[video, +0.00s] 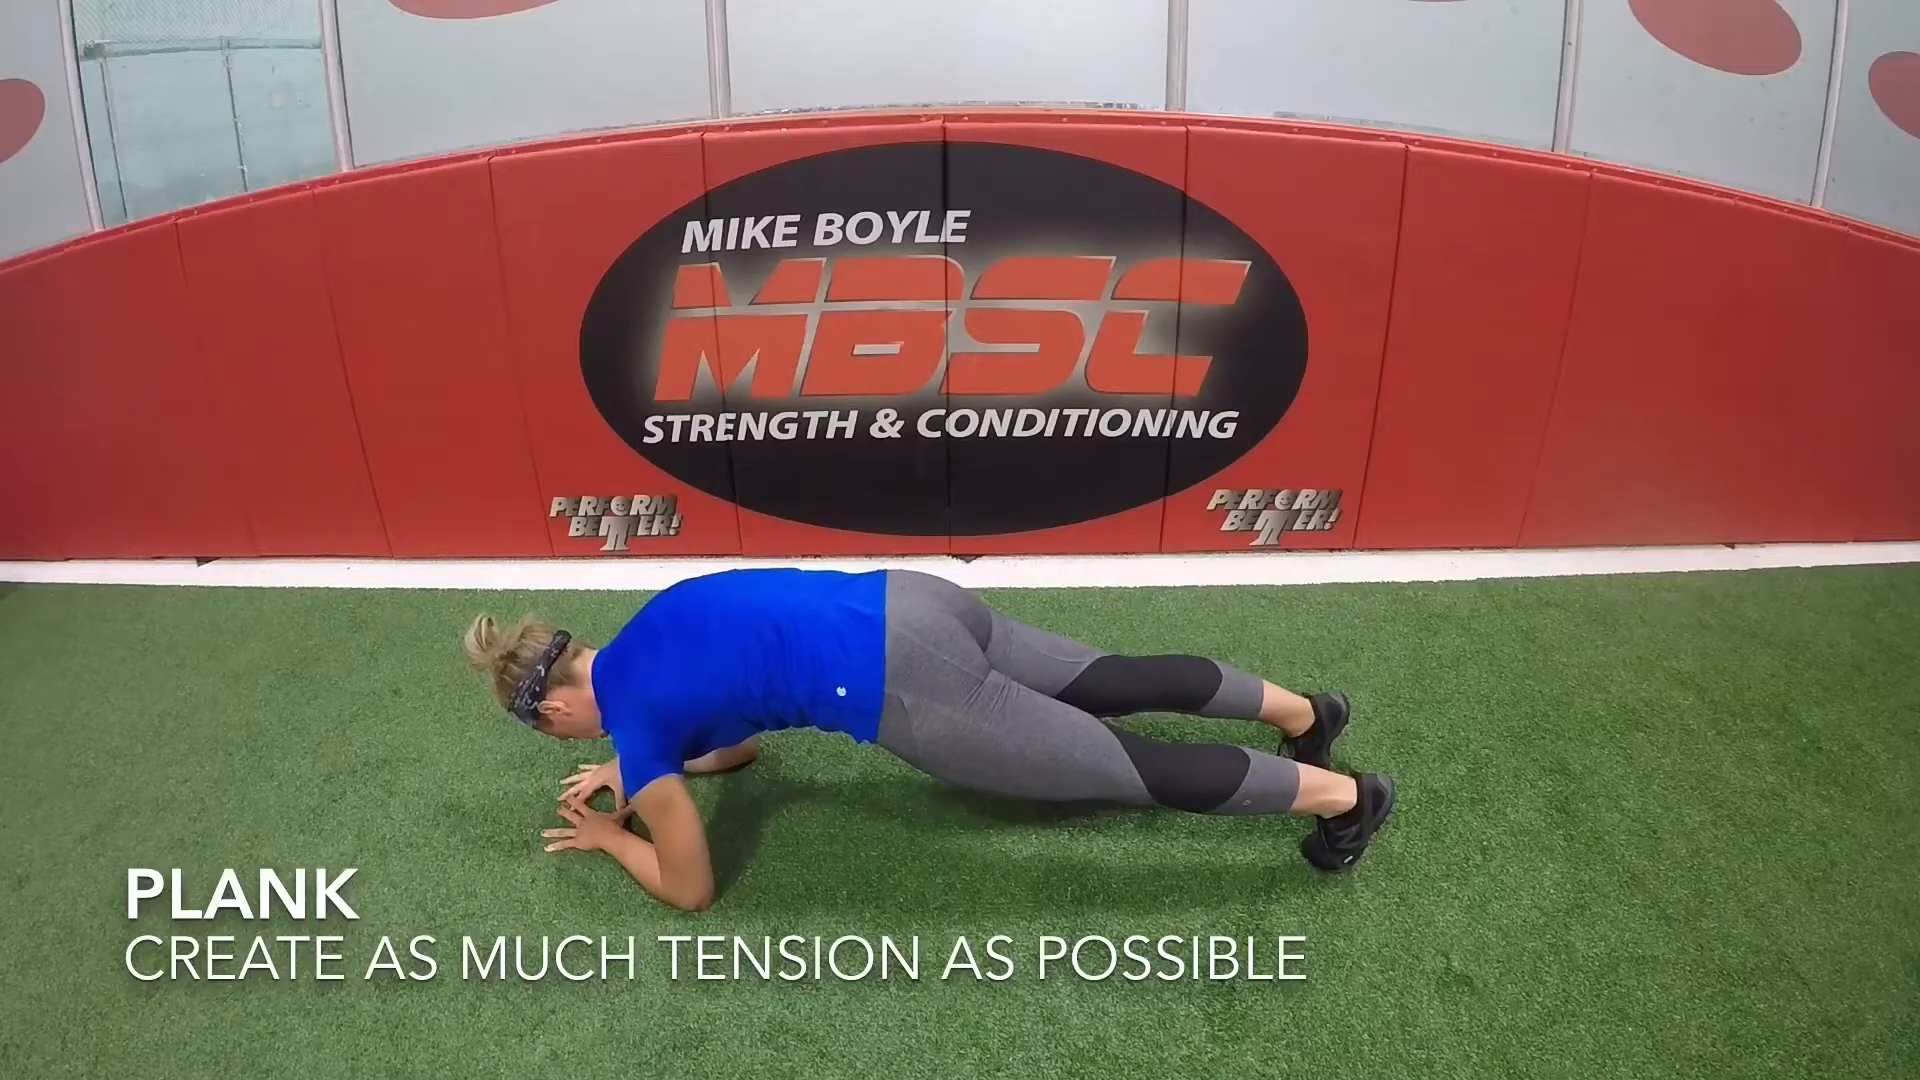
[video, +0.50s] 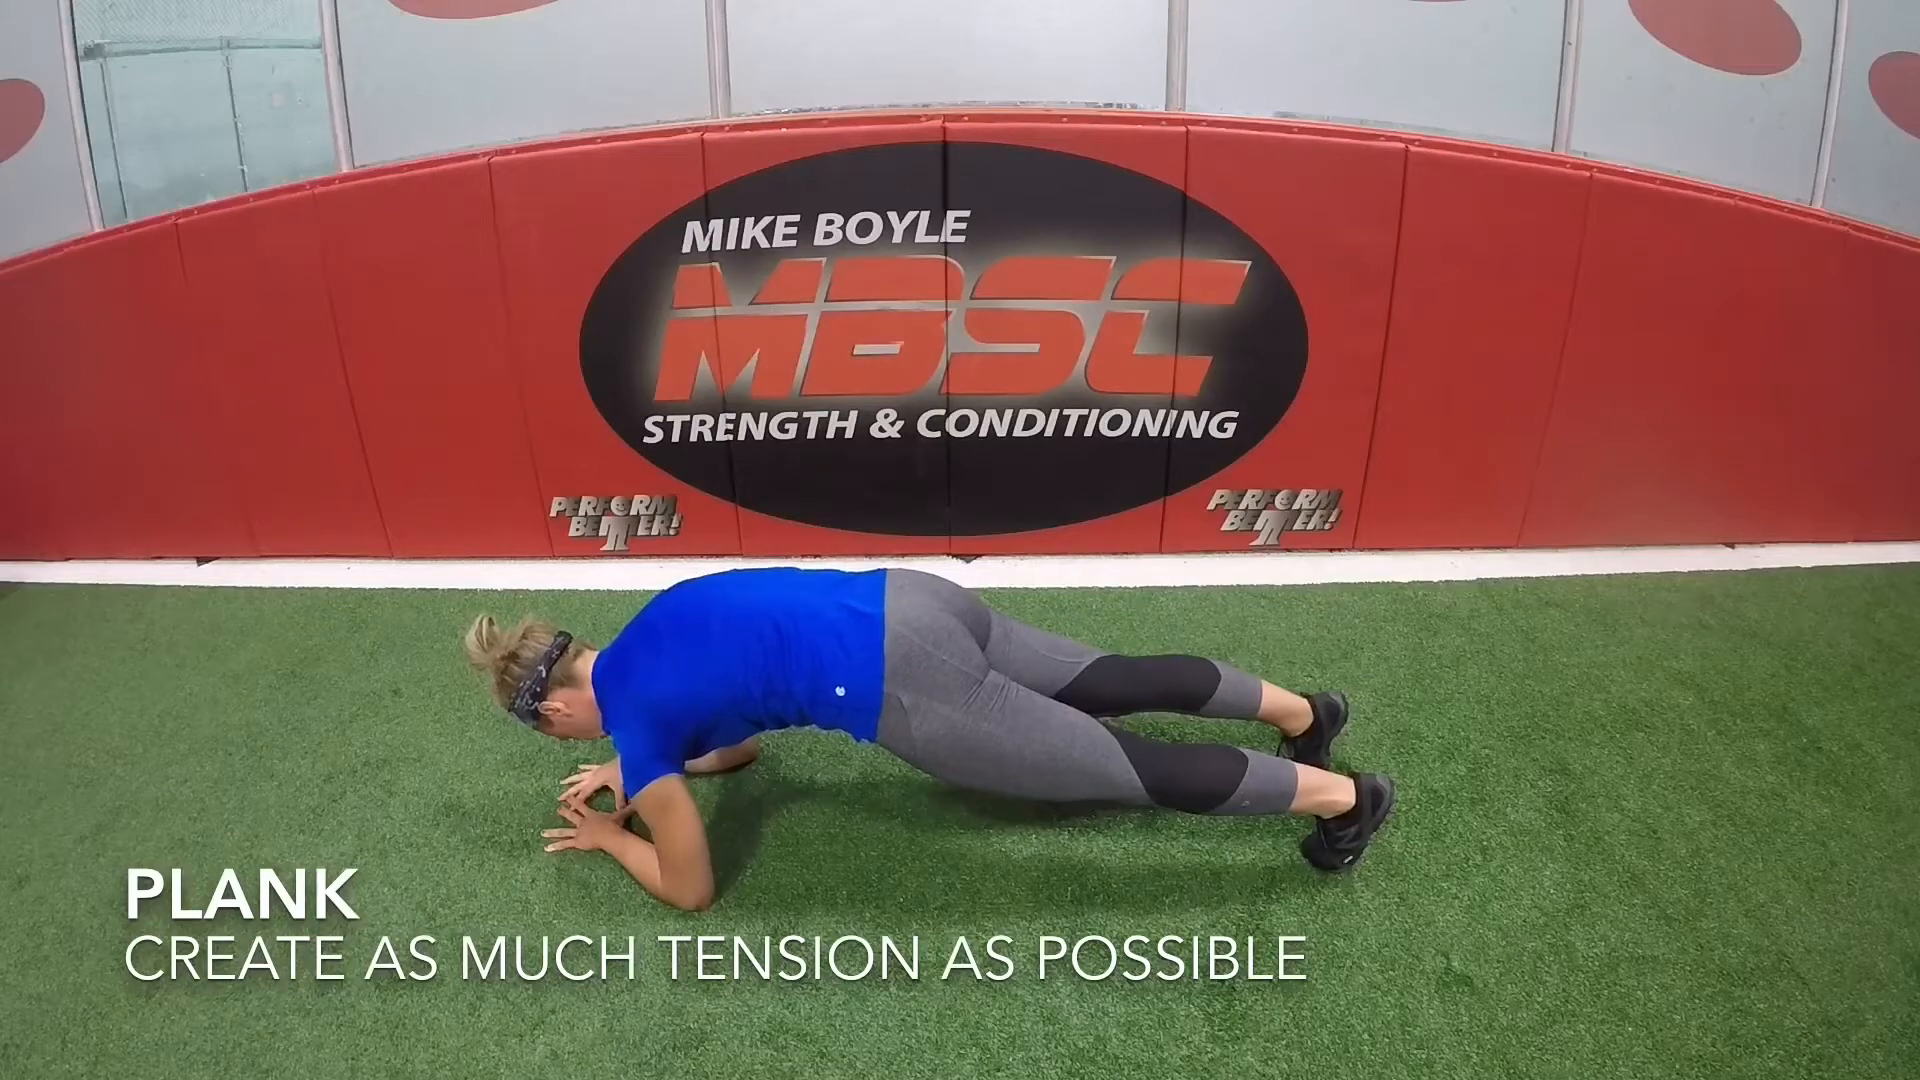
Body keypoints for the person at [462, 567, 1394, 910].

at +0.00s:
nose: (568, 735)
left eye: (553, 729)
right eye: (557, 729)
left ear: (558, 699)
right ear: (574, 647)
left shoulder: (633, 717)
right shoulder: (656, 613)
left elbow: (688, 885)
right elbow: (737, 743)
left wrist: (613, 840)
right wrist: (638, 778)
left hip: (901, 689)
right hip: (915, 593)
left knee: (1133, 769)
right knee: (1106, 678)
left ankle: (1341, 794)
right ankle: (1307, 715)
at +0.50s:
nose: (570, 737)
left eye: (555, 731)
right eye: (559, 731)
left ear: (562, 700)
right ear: (576, 650)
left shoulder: (633, 718)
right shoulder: (657, 613)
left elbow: (687, 885)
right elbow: (738, 744)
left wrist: (615, 841)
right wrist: (639, 778)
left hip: (899, 688)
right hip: (914, 592)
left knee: (1131, 769)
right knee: (1105, 678)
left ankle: (1341, 795)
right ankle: (1307, 715)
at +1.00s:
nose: (570, 737)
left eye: (555, 730)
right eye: (559, 730)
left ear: (561, 700)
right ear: (575, 649)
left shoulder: (633, 717)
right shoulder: (657, 612)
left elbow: (687, 885)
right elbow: (738, 742)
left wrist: (613, 840)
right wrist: (639, 778)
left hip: (899, 689)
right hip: (915, 594)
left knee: (1133, 771)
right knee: (1111, 680)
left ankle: (1342, 796)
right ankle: (1307, 715)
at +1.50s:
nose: (572, 736)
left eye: (556, 730)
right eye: (561, 730)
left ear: (560, 699)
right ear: (575, 648)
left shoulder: (631, 716)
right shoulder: (657, 609)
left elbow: (688, 885)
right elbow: (738, 740)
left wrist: (612, 840)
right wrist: (640, 777)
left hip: (900, 690)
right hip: (916, 593)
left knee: (1131, 771)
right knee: (1110, 681)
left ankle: (1343, 798)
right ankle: (1306, 714)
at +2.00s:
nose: (582, 744)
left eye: (564, 732)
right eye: (569, 734)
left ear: (575, 703)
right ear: (581, 660)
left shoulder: (650, 711)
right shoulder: (653, 627)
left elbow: (739, 878)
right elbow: (739, 759)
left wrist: (629, 852)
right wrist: (649, 782)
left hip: (897, 681)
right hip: (906, 583)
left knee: (1106, 774)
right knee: (1082, 670)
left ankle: (1325, 791)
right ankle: (1283, 706)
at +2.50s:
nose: (595, 754)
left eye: (579, 743)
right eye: (583, 745)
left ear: (592, 711)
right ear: (594, 672)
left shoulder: (683, 722)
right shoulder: (667, 633)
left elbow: (745, 881)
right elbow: (749, 747)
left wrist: (639, 855)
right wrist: (659, 802)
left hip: (932, 630)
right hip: (913, 537)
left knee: (1165, 608)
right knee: (1107, 545)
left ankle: (1337, 569)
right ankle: (1265, 508)